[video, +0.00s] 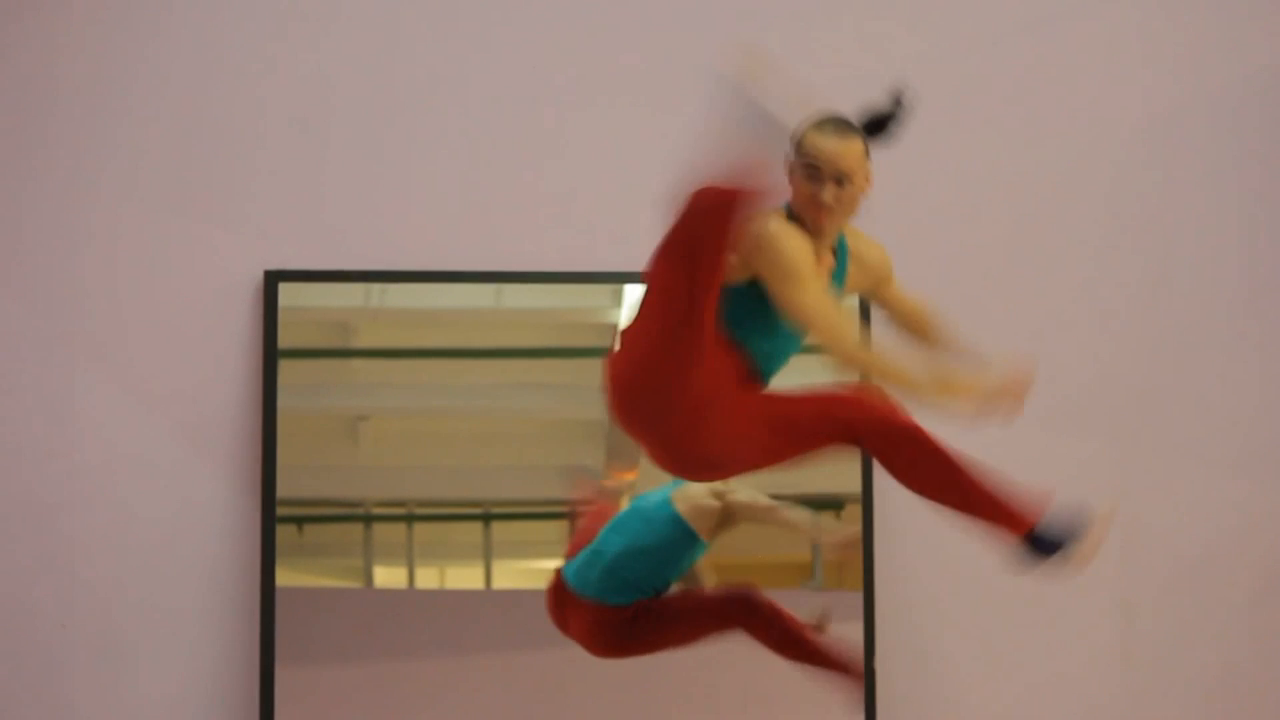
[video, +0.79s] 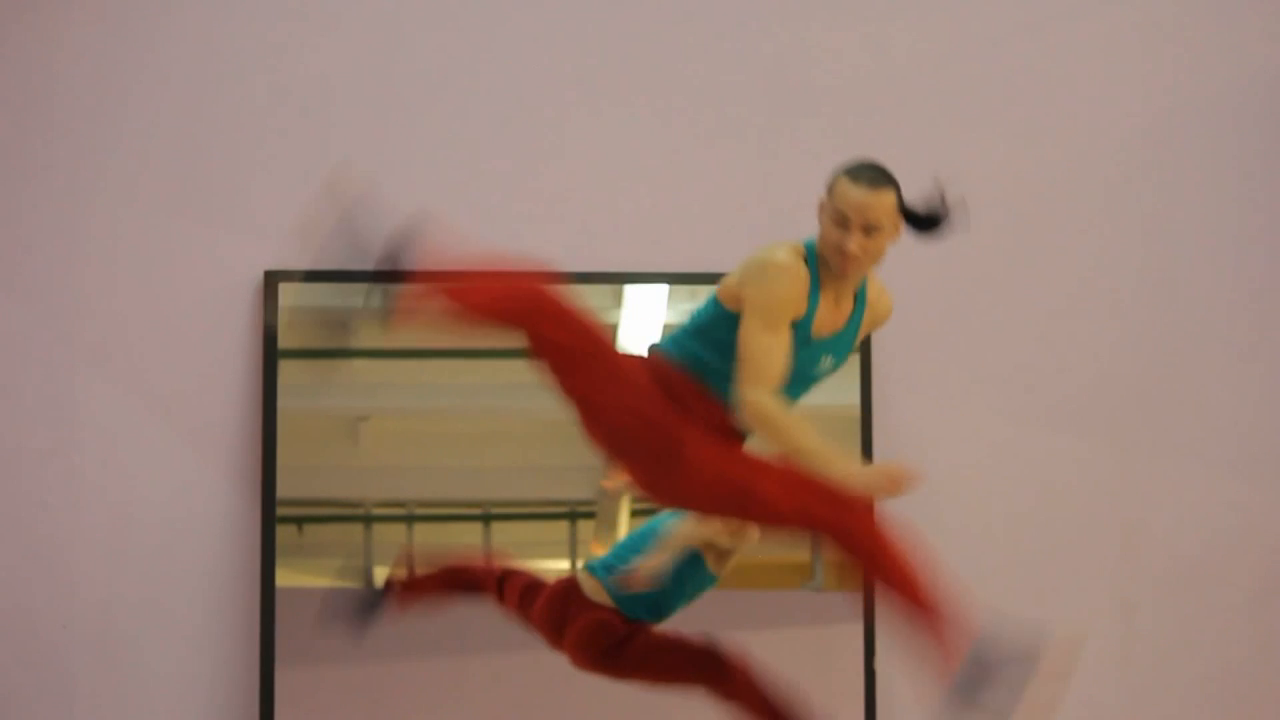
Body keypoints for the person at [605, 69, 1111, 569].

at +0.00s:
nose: (823, 194)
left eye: (840, 182)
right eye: (812, 176)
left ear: (865, 187)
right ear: (790, 176)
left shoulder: (862, 260)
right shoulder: (771, 236)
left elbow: (912, 320)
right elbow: (843, 347)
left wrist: (976, 370)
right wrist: (951, 389)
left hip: (722, 433)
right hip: (659, 388)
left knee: (867, 411)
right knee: (707, 215)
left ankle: (1029, 530)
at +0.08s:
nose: (823, 194)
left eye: (840, 182)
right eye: (812, 176)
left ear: (865, 187)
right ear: (790, 176)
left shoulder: (862, 260)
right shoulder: (771, 236)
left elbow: (913, 320)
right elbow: (843, 347)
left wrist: (977, 370)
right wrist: (951, 390)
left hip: (722, 433)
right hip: (660, 387)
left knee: (867, 411)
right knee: (707, 215)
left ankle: (1029, 530)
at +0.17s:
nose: (832, 209)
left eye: (850, 196)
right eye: (819, 193)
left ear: (873, 201)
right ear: (799, 190)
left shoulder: (870, 279)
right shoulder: (767, 248)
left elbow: (875, 370)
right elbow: (817, 375)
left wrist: (877, 447)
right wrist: (930, 437)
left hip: (708, 434)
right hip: (651, 383)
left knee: (853, 467)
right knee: (632, 256)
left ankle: (1032, 500)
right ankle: (602, 101)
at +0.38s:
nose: (832, 209)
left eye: (850, 196)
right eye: (819, 192)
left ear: (873, 200)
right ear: (799, 190)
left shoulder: (870, 279)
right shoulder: (767, 248)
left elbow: (876, 368)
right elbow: (816, 374)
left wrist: (878, 445)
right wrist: (930, 436)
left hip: (708, 433)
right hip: (651, 383)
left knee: (851, 466)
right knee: (632, 258)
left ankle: (1035, 500)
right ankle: (603, 96)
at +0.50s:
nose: (842, 226)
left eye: (861, 215)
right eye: (832, 208)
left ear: (885, 222)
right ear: (811, 201)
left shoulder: (873, 293)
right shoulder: (774, 265)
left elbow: (810, 372)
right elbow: (786, 398)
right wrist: (884, 463)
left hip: (717, 439)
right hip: (652, 382)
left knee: (829, 479)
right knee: (580, 291)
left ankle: (1004, 552)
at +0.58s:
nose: (851, 242)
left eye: (870, 231)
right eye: (840, 223)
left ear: (893, 236)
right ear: (819, 215)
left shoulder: (875, 303)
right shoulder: (780, 272)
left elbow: (785, 389)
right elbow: (754, 407)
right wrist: (848, 476)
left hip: (706, 454)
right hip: (644, 403)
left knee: (845, 508)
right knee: (549, 304)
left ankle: (959, 657)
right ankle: (412, 273)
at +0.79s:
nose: (855, 245)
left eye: (872, 232)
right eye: (843, 226)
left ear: (895, 235)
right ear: (820, 219)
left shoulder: (874, 304)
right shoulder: (779, 274)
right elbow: (753, 405)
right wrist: (846, 477)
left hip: (705, 457)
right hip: (644, 408)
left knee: (848, 512)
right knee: (548, 300)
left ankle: (957, 659)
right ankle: (410, 278)